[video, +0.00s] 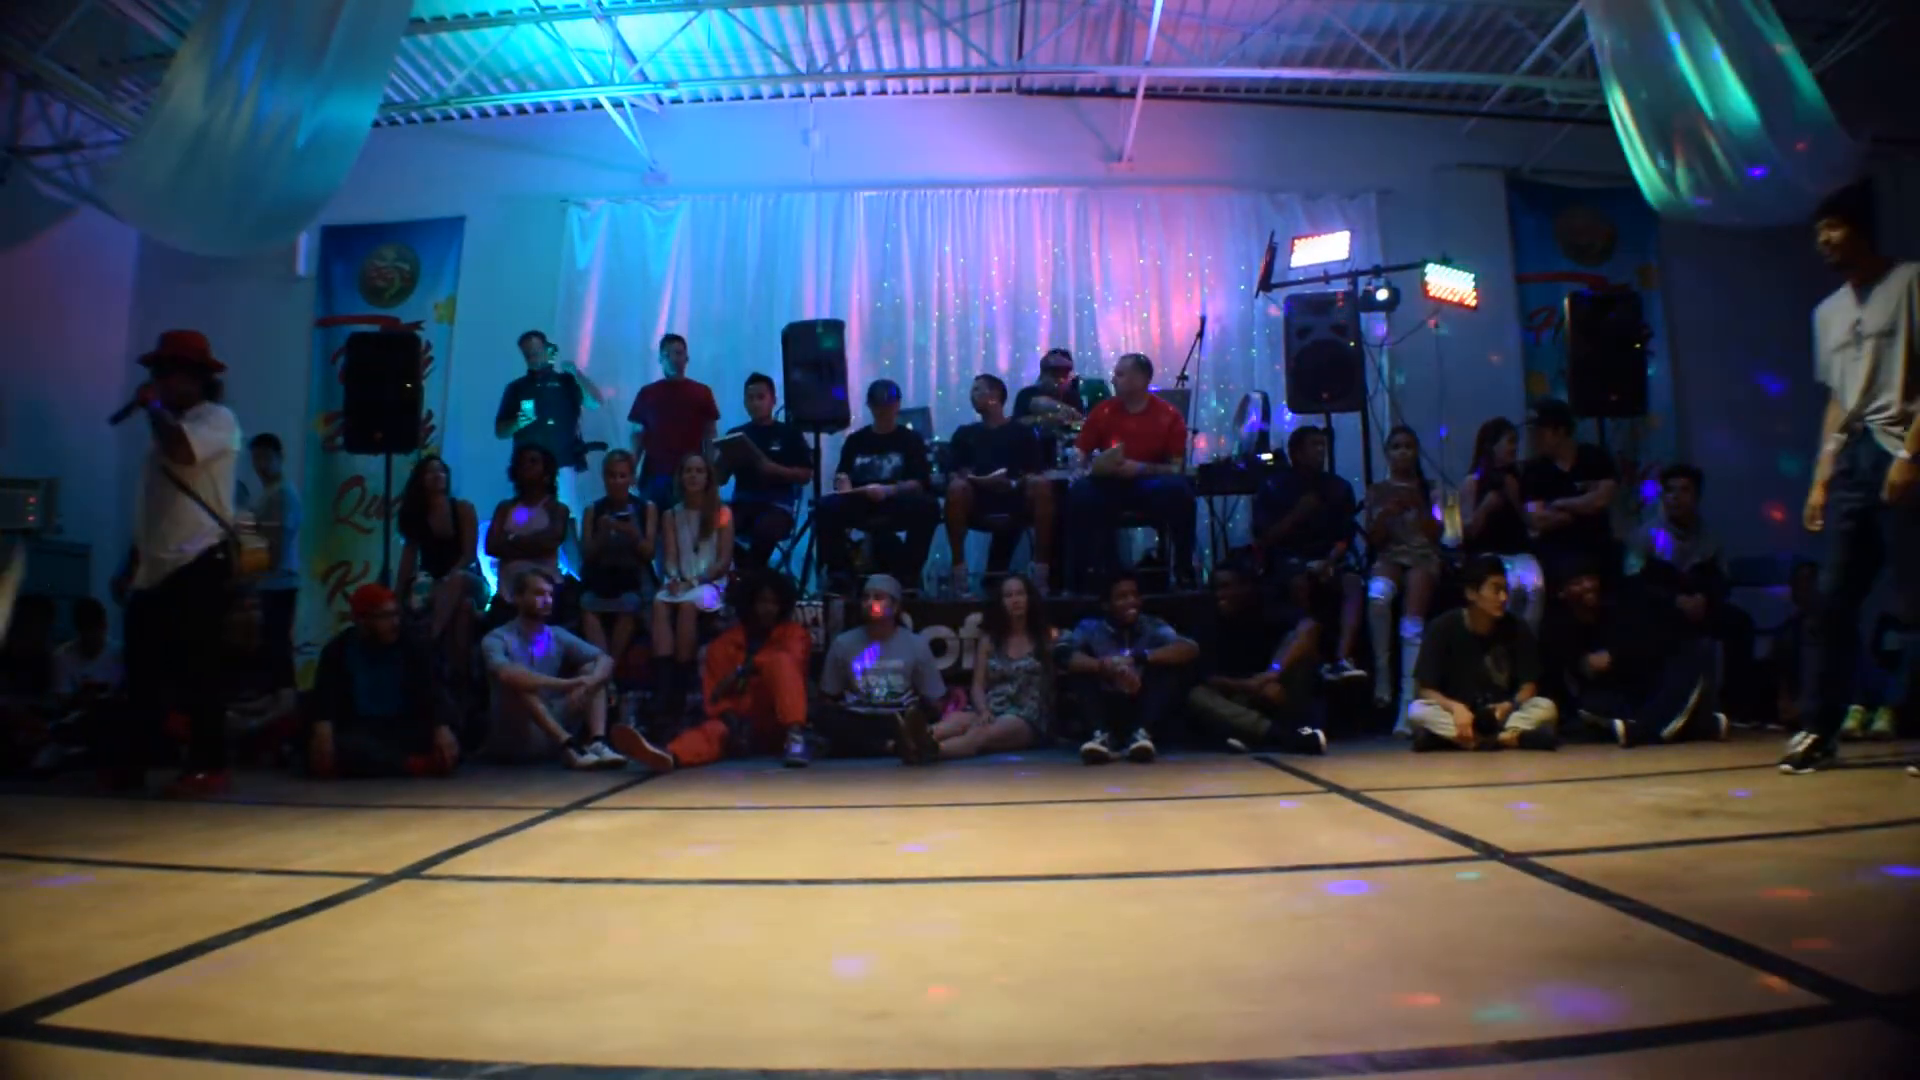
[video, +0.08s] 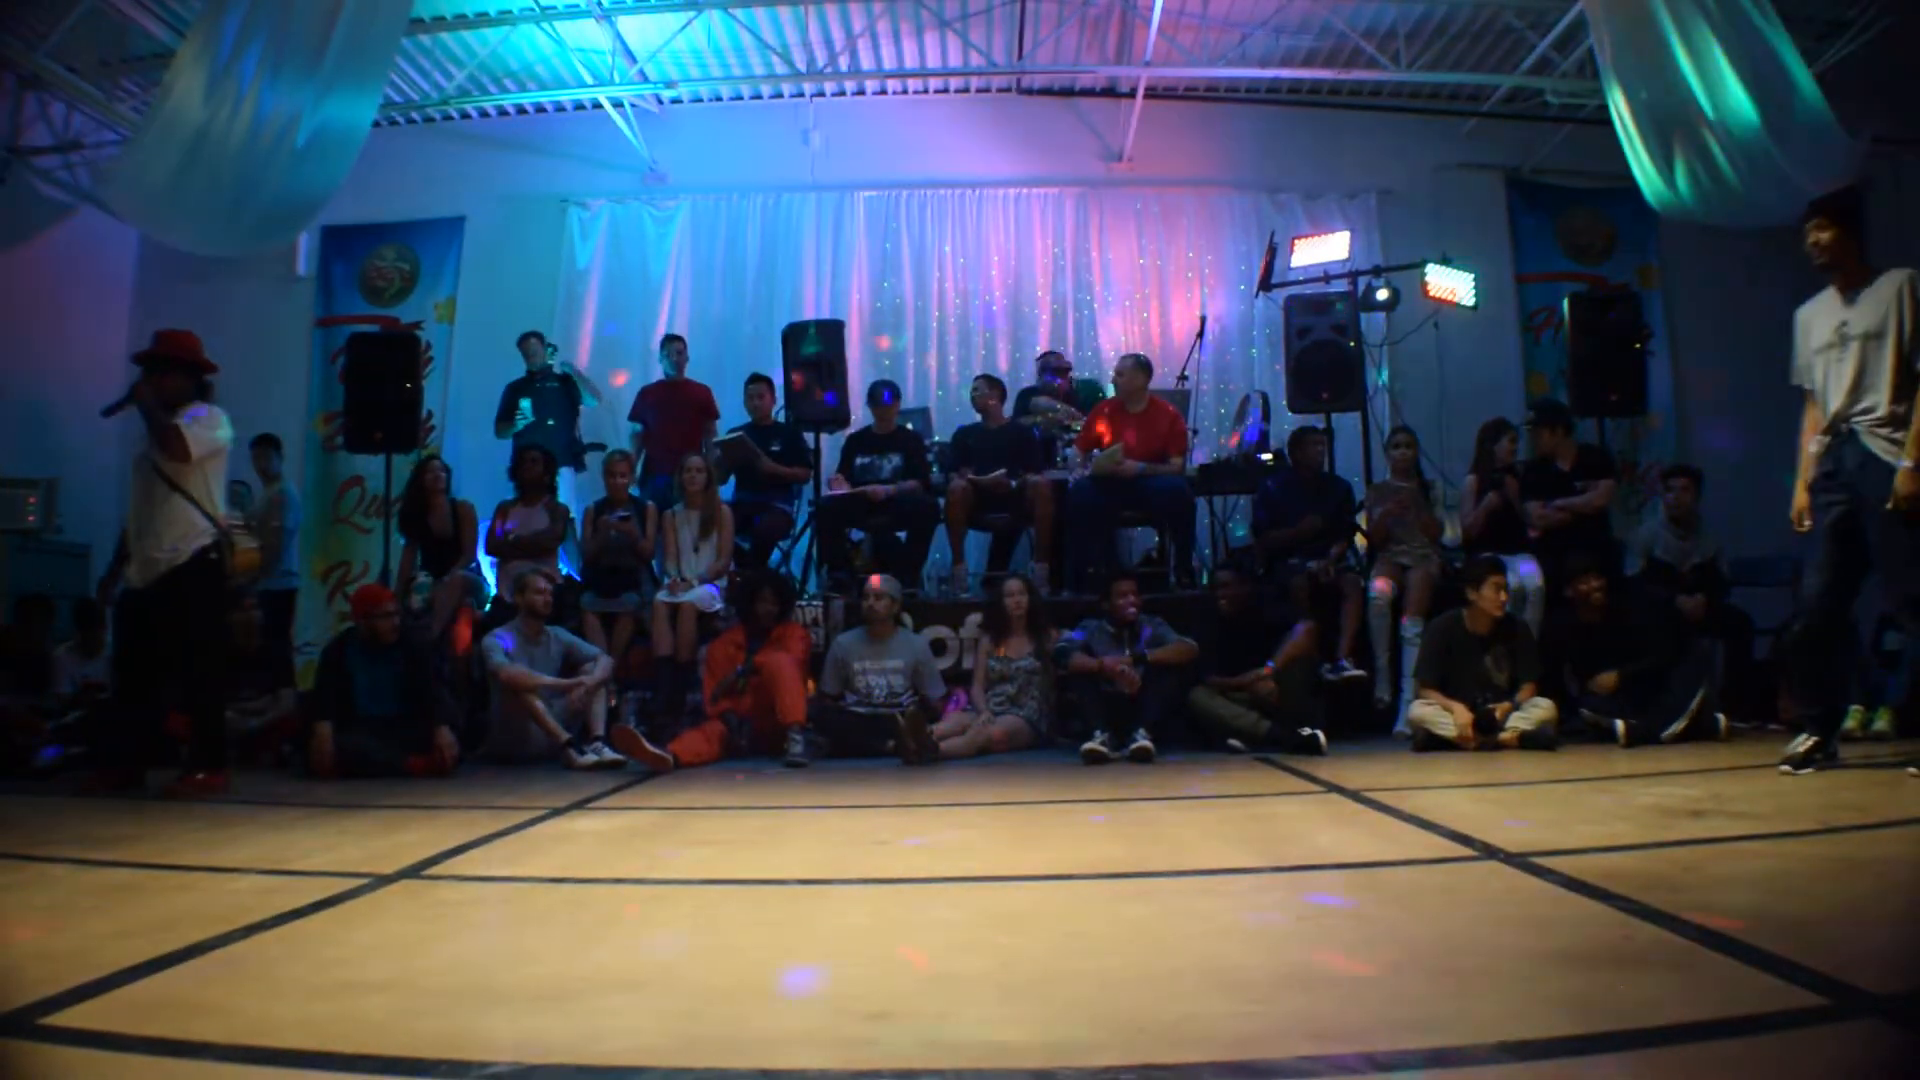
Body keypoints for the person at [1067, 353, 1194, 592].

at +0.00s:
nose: (1114, 380)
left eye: (1121, 375)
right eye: (1114, 374)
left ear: (1143, 380)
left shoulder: (1168, 415)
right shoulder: (1103, 412)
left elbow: (1176, 467)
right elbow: (1079, 456)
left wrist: (1137, 468)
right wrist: (1098, 465)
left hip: (1149, 483)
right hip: (1110, 482)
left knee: (1179, 492)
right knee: (1081, 493)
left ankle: (1183, 572)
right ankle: (1084, 575)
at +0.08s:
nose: (1115, 380)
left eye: (1122, 375)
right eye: (1115, 375)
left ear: (1144, 380)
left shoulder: (1168, 415)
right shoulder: (1103, 411)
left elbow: (1177, 467)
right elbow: (1079, 455)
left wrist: (1138, 468)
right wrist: (1097, 466)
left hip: (1149, 483)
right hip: (1110, 482)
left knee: (1179, 493)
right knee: (1081, 494)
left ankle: (1183, 571)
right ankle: (1084, 575)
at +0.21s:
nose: (1113, 380)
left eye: (1120, 375)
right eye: (1114, 375)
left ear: (1142, 380)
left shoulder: (1167, 416)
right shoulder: (1102, 411)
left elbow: (1176, 467)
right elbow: (1078, 454)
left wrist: (1139, 468)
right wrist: (1095, 467)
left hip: (1148, 483)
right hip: (1109, 482)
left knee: (1178, 490)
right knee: (1080, 493)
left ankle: (1183, 573)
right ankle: (1081, 578)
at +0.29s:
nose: (1112, 380)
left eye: (1119, 375)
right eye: (1113, 374)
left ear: (1141, 381)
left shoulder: (1168, 417)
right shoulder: (1102, 412)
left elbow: (1176, 467)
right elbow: (1079, 451)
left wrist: (1139, 469)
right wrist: (1083, 467)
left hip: (1148, 484)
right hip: (1109, 482)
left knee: (1179, 492)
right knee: (1081, 494)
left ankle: (1184, 570)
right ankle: (1082, 575)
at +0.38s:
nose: (1112, 380)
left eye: (1119, 375)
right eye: (1112, 374)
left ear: (1141, 381)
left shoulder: (1168, 416)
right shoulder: (1102, 412)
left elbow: (1176, 466)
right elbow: (1078, 452)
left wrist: (1140, 469)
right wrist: (1083, 468)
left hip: (1149, 484)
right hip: (1109, 482)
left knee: (1179, 493)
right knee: (1080, 494)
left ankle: (1184, 570)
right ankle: (1081, 576)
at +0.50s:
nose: (1111, 380)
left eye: (1118, 374)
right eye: (1112, 374)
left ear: (1142, 379)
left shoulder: (1168, 417)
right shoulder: (1101, 412)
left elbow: (1176, 468)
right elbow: (1077, 454)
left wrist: (1140, 469)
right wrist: (1093, 466)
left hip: (1147, 484)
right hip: (1108, 483)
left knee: (1179, 495)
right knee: (1080, 493)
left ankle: (1184, 572)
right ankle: (1079, 577)